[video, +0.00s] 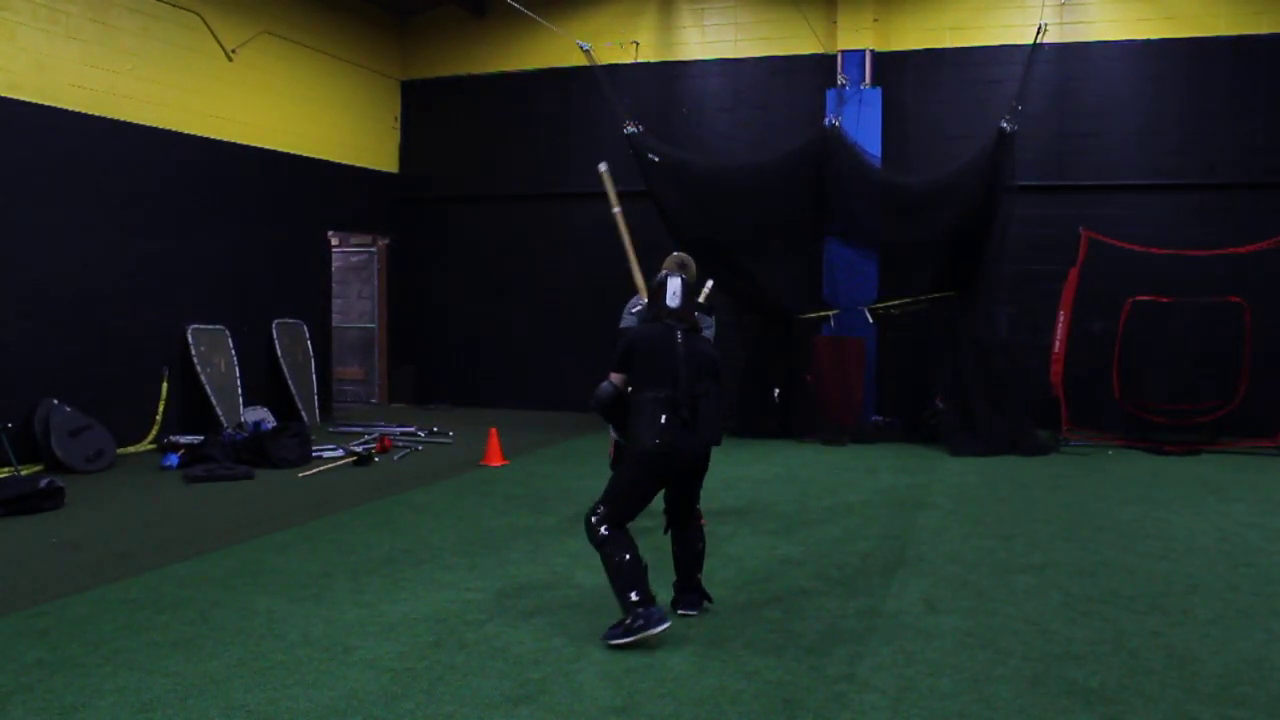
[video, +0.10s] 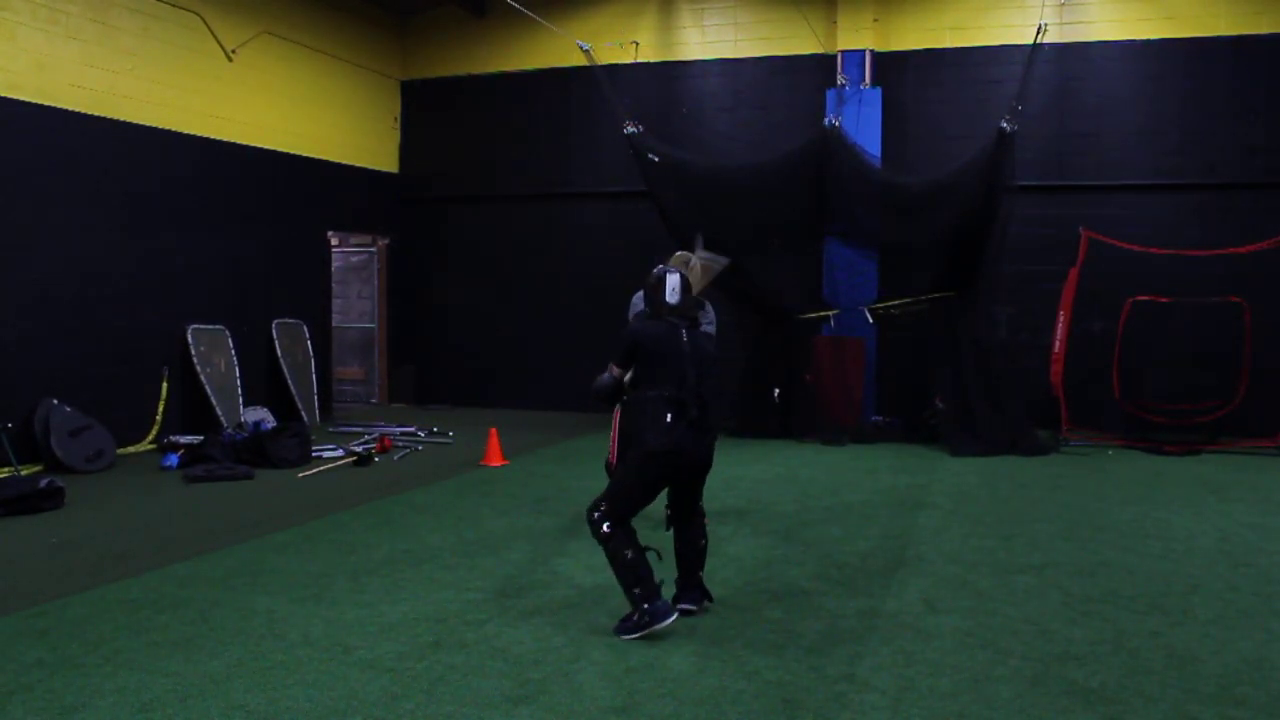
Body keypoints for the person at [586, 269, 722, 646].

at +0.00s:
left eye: (648, 300)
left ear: (651, 304)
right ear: (691, 309)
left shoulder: (637, 337)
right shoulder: (704, 348)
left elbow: (610, 393)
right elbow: (715, 403)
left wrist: (625, 426)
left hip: (649, 448)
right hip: (695, 450)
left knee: (603, 520)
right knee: (685, 514)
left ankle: (641, 608)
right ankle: (690, 595)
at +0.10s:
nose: (642, 302)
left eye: (644, 296)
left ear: (649, 299)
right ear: (687, 302)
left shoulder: (641, 331)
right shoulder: (703, 340)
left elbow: (607, 388)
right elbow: (709, 393)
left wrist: (608, 382)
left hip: (654, 446)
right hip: (698, 446)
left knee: (605, 514)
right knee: (688, 508)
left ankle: (648, 603)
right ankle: (692, 589)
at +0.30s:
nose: (643, 322)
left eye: (645, 315)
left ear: (647, 320)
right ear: (683, 317)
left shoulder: (639, 359)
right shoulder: (703, 356)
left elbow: (605, 385)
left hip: (662, 470)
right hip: (706, 464)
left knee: (607, 531)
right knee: (709, 511)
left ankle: (643, 610)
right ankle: (726, 577)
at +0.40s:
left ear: (639, 343)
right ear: (678, 337)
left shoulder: (632, 390)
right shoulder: (703, 374)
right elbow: (723, 434)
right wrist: (720, 488)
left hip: (667, 492)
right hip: (713, 486)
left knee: (610, 539)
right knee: (715, 507)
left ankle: (633, 604)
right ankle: (727, 575)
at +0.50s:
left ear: (620, 363)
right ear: (662, 350)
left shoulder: (622, 403)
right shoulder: (692, 369)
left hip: (683, 495)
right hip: (728, 486)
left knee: (617, 538)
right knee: (703, 502)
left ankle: (641, 612)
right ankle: (727, 573)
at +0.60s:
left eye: (610, 365)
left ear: (616, 370)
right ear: (653, 356)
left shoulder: (619, 406)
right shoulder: (687, 373)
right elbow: (691, 351)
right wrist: (670, 329)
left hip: (689, 490)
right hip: (736, 475)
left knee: (627, 535)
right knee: (708, 502)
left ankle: (643, 619)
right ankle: (727, 575)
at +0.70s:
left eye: (626, 359)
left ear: (635, 361)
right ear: (669, 345)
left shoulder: (646, 399)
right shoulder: (705, 366)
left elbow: (655, 461)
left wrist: (634, 500)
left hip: (698, 481)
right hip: (744, 469)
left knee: (638, 536)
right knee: (726, 506)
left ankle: (644, 619)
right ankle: (756, 572)